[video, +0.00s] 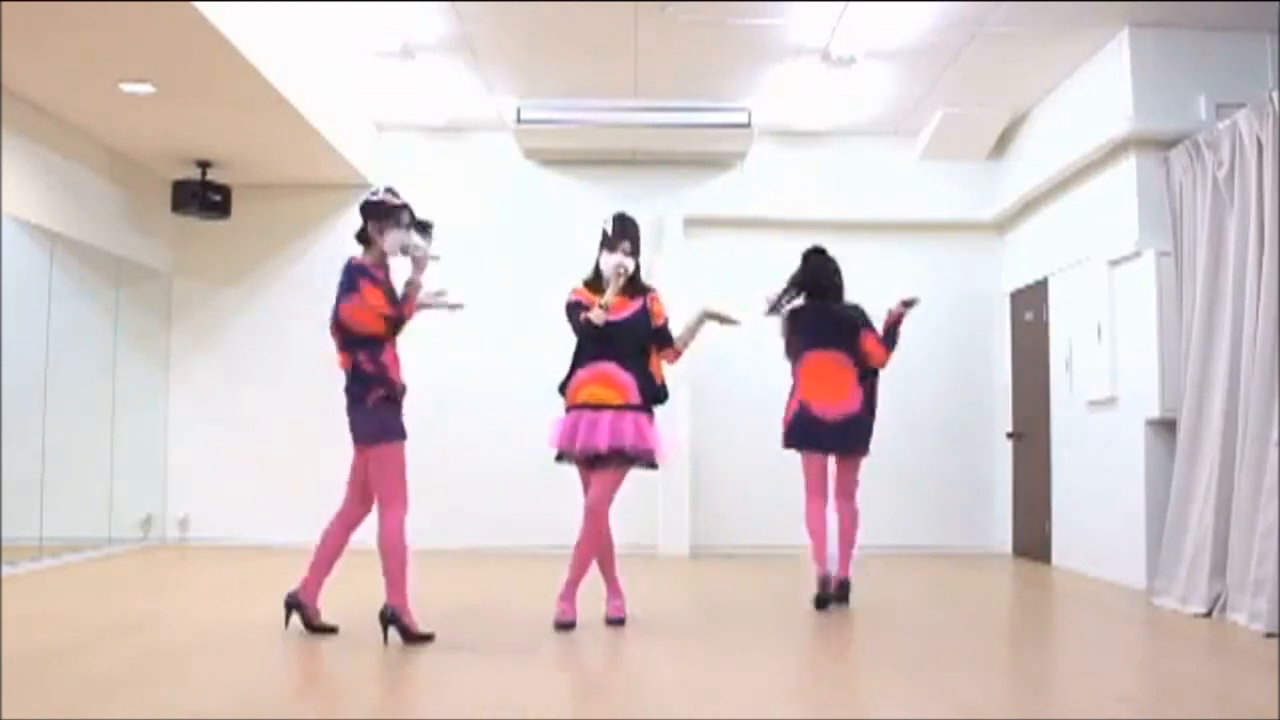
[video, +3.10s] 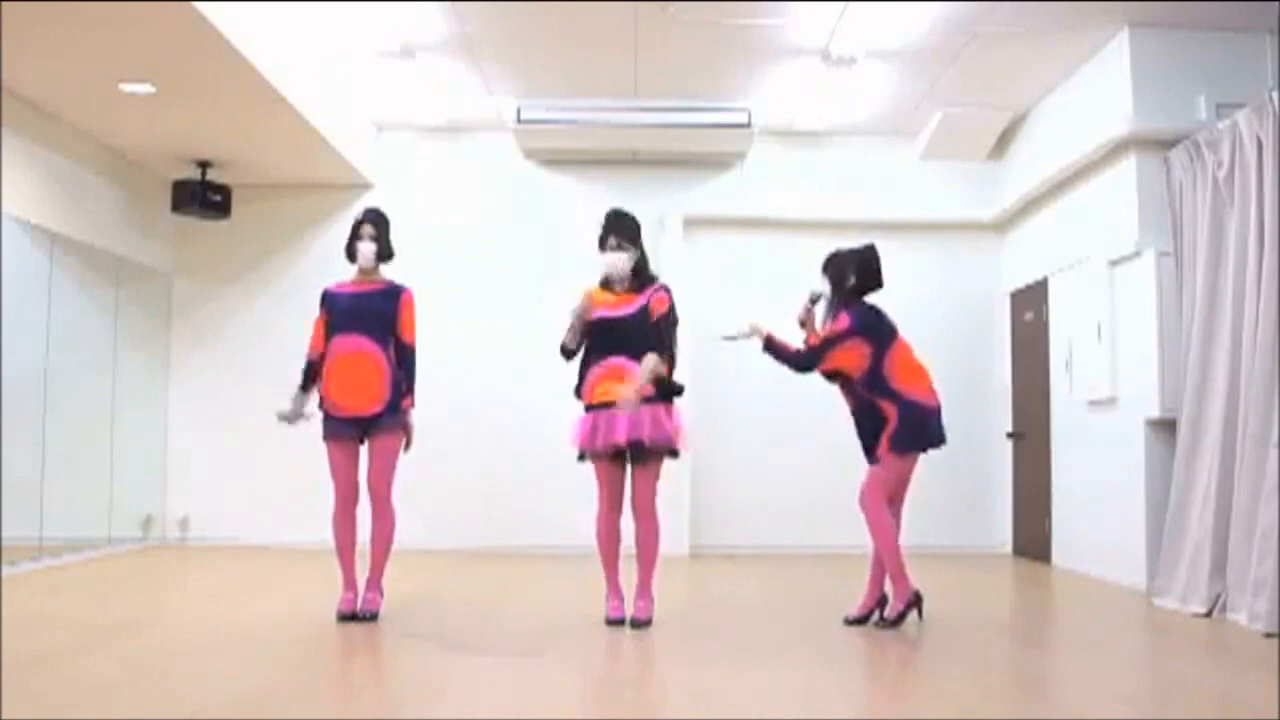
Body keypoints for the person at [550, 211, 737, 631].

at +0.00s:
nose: (620, 261)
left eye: (628, 253)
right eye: (613, 252)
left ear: (637, 258)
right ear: (599, 253)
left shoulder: (647, 301)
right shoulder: (581, 295)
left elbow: (669, 351)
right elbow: (585, 323)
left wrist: (702, 317)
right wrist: (610, 292)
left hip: (627, 406)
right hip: (585, 404)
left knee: (597, 504)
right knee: (594, 506)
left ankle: (567, 593)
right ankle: (614, 592)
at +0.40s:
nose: (623, 262)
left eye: (631, 259)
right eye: (621, 254)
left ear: (637, 261)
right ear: (607, 247)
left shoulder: (636, 290)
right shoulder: (571, 289)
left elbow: (680, 306)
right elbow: (573, 327)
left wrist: (688, 258)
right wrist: (601, 290)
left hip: (621, 405)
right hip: (579, 406)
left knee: (596, 505)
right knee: (593, 507)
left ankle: (568, 595)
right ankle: (615, 593)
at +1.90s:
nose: (615, 261)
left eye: (623, 253)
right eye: (608, 252)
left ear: (633, 255)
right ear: (596, 256)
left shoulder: (652, 298)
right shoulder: (582, 298)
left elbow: (691, 332)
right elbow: (581, 332)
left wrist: (676, 304)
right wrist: (597, 303)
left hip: (629, 406)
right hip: (585, 405)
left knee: (598, 502)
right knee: (595, 505)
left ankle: (575, 593)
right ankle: (614, 592)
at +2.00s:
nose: (615, 257)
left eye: (622, 248)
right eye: (607, 249)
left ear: (633, 252)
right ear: (596, 252)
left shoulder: (651, 296)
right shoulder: (581, 295)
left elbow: (694, 329)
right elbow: (578, 328)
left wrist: (687, 342)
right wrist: (595, 305)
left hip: (632, 401)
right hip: (589, 401)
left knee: (600, 482)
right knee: (595, 489)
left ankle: (607, 582)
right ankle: (610, 587)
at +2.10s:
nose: (615, 256)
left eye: (623, 247)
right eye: (608, 247)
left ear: (634, 251)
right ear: (596, 250)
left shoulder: (651, 295)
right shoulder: (582, 294)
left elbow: (682, 347)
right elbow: (582, 327)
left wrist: (698, 393)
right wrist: (602, 293)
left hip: (637, 401)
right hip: (593, 400)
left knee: (608, 478)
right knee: (600, 489)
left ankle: (634, 557)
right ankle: (612, 589)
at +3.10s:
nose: (615, 257)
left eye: (622, 248)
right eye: (608, 248)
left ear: (637, 249)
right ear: (600, 251)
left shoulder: (656, 296)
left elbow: (663, 351)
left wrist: (638, 384)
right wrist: (581, 317)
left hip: (646, 402)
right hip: (603, 404)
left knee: (643, 504)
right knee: (610, 503)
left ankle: (644, 593)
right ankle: (613, 591)